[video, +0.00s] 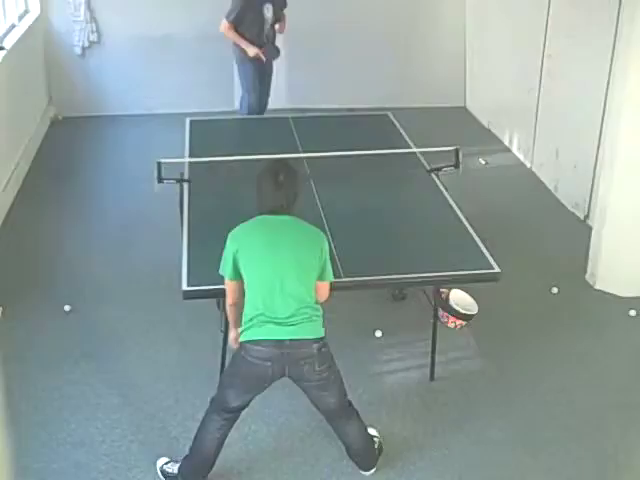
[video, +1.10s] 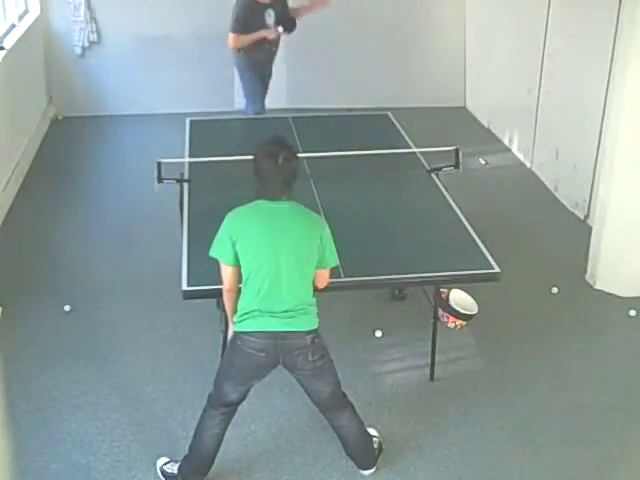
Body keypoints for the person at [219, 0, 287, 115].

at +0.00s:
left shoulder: (277, 2)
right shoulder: (242, 3)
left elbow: (280, 14)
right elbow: (226, 27)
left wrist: (280, 24)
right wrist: (248, 47)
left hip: (267, 52)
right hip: (246, 53)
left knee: (263, 101)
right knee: (252, 100)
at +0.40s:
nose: (271, 6)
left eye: (273, 4)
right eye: (270, 3)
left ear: (277, 3)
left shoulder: (280, 5)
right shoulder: (246, 7)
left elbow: (279, 28)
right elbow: (225, 39)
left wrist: (283, 41)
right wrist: (250, 60)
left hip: (262, 60)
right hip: (241, 60)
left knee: (264, 106)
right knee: (252, 108)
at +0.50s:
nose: (274, 4)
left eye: (278, 1)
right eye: (271, 0)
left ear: (281, 2)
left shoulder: (283, 8)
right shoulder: (246, 11)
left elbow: (281, 34)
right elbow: (224, 44)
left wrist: (283, 52)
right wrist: (248, 66)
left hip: (262, 63)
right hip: (239, 62)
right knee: (251, 108)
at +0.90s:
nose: (272, 2)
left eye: (276, 1)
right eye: (269, 0)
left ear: (279, 1)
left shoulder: (283, 4)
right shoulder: (245, 6)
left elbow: (284, 31)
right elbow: (231, 47)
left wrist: (289, 47)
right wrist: (258, 58)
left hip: (264, 56)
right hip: (242, 55)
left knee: (254, 106)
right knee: (251, 106)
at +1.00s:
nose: (272, 2)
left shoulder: (281, 3)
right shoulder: (245, 5)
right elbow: (233, 43)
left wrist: (292, 30)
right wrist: (263, 42)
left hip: (264, 58)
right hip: (243, 57)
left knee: (255, 106)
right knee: (252, 107)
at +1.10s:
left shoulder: (279, 3)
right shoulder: (244, 5)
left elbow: (287, 15)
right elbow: (234, 41)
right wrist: (263, 34)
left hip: (266, 62)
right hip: (247, 62)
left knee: (255, 108)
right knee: (257, 108)